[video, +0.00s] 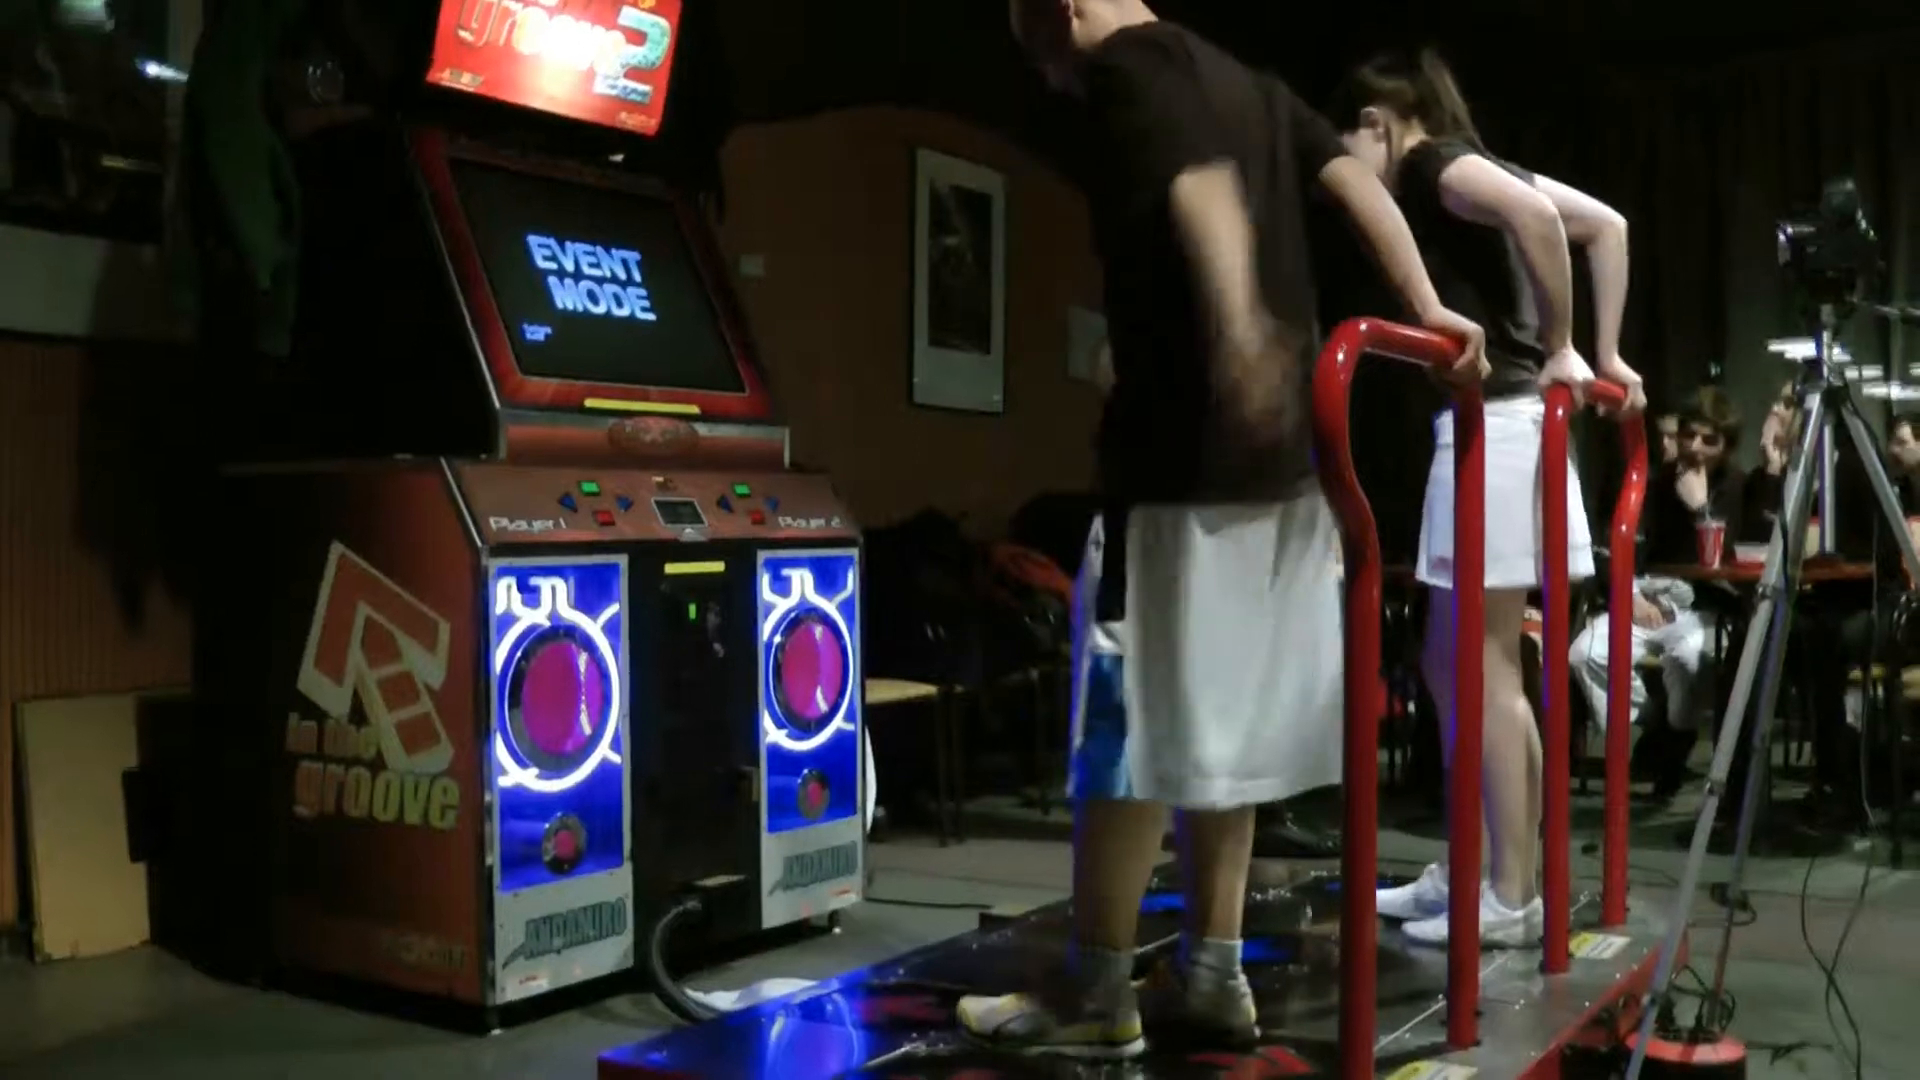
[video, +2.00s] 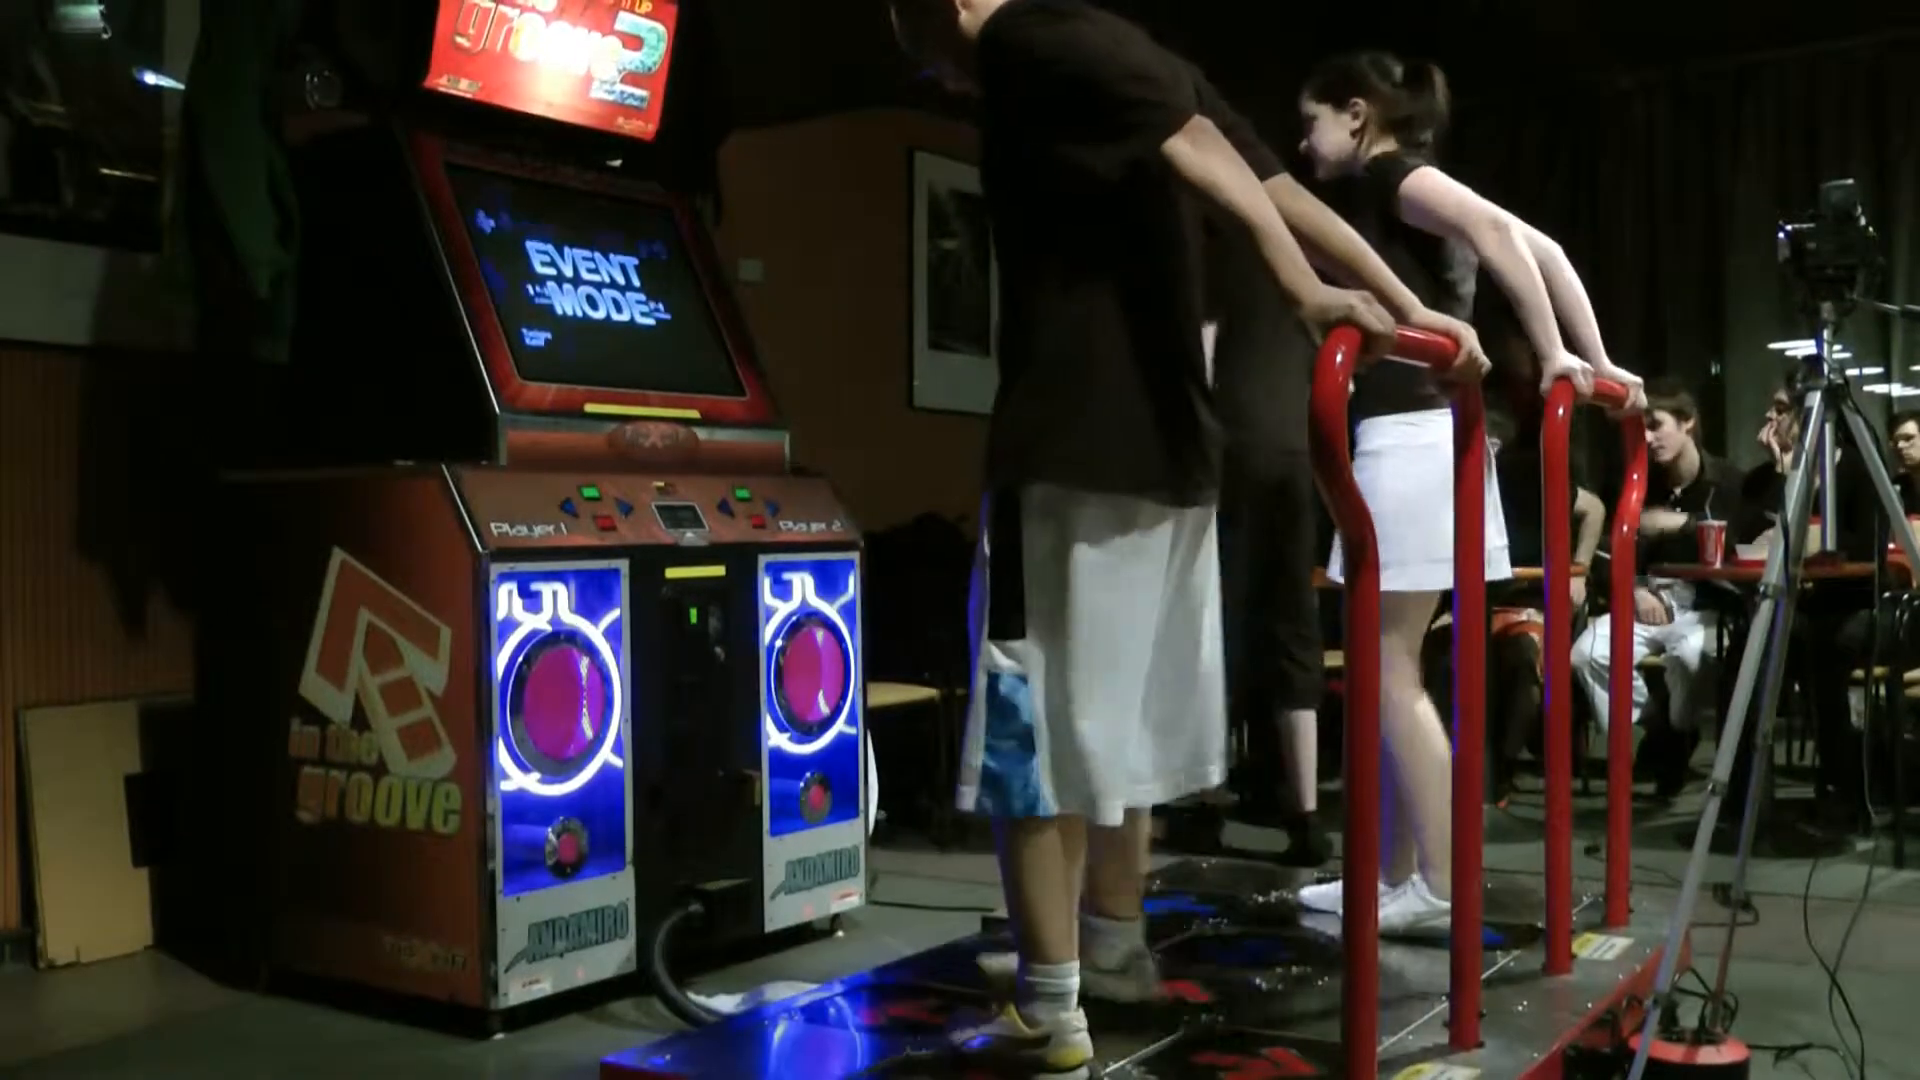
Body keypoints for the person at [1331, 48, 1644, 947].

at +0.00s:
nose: (1351, 163)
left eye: (1353, 145)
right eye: (1348, 147)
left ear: (1388, 125)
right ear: (1418, 121)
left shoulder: (1439, 170)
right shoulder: (1482, 169)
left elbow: (1538, 214)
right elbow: (1608, 224)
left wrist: (1562, 347)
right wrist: (1610, 351)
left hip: (1496, 435)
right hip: (1511, 431)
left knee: (1488, 665)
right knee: (1490, 661)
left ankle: (1512, 893)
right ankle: (1495, 877)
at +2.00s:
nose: (1304, 138)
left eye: (1312, 120)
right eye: (1305, 122)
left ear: (1357, 115)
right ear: (1374, 119)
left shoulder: (1386, 178)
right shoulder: (1418, 182)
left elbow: (1498, 235)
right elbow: (1544, 248)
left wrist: (1555, 356)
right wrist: (1599, 357)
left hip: (1410, 447)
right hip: (1424, 445)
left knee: (1389, 668)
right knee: (1388, 667)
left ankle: (1442, 883)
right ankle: (1396, 875)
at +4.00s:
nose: (1310, 155)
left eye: (1317, 134)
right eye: (1303, 141)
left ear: (1372, 118)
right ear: (1372, 127)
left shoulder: (1413, 176)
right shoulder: (1428, 191)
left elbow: (1516, 232)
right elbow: (1555, 257)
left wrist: (1560, 353)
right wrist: (1600, 358)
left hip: (1410, 452)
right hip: (1440, 452)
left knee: (1342, 659)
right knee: (1405, 673)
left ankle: (1347, 870)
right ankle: (1408, 867)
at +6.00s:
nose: (1318, 122)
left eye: (1326, 104)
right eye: (1318, 107)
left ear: (1369, 100)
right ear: (1395, 106)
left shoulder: (1385, 165)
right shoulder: (1415, 173)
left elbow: (1505, 230)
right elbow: (1546, 250)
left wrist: (1557, 351)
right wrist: (1603, 358)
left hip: (1374, 443)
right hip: (1415, 444)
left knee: (1327, 656)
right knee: (1362, 662)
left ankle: (1340, 874)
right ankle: (1386, 871)